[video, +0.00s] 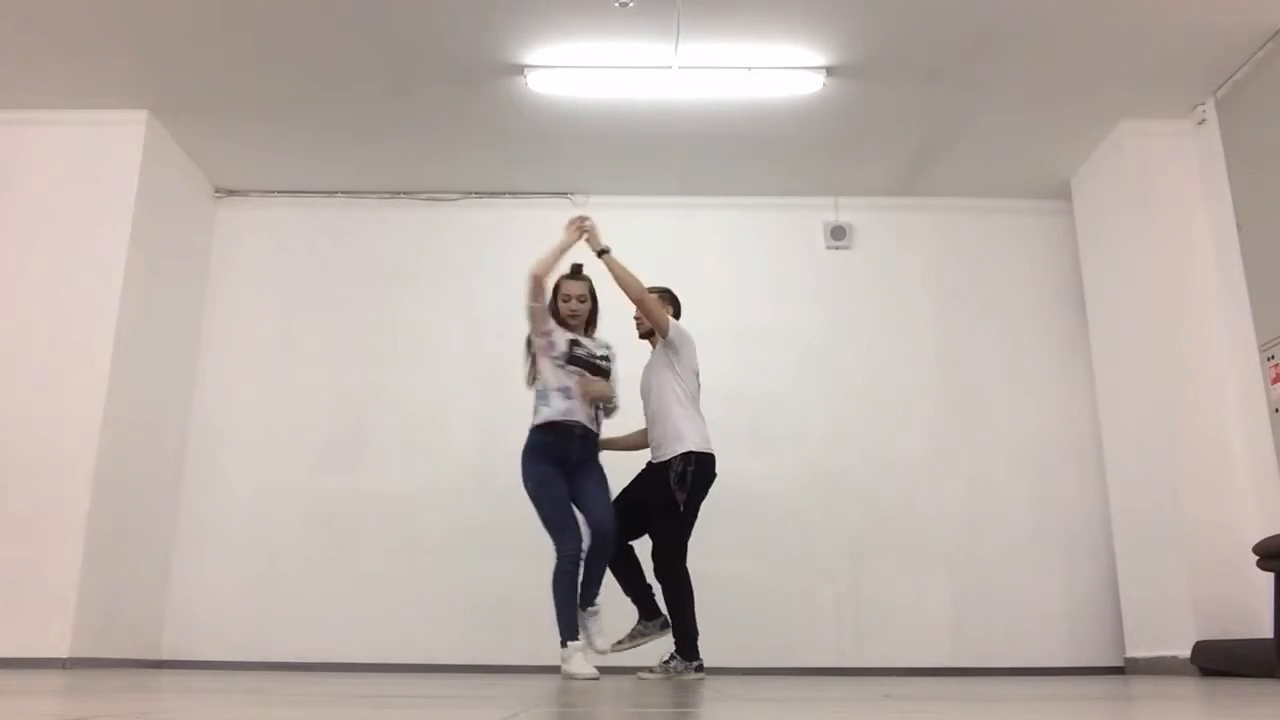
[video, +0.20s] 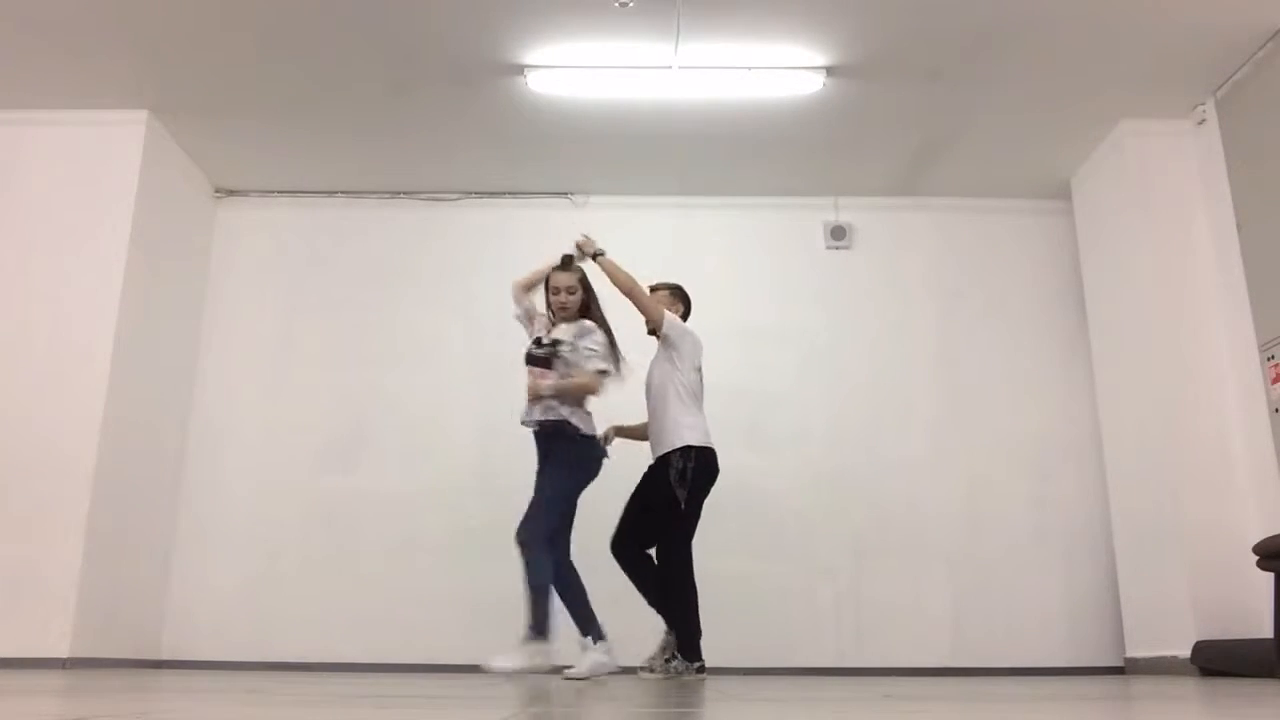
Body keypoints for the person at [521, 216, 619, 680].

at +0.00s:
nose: (574, 305)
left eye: (582, 299)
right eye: (567, 299)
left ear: (592, 305)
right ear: (555, 303)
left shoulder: (603, 351)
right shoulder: (546, 338)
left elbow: (610, 407)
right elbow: (536, 280)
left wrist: (600, 392)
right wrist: (567, 241)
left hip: (585, 457)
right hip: (543, 453)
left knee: (607, 532)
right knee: (568, 544)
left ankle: (586, 607)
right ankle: (570, 648)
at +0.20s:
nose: (563, 298)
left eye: (572, 290)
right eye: (557, 291)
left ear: (584, 295)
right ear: (548, 295)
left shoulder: (590, 334)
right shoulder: (542, 329)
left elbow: (592, 383)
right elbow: (519, 290)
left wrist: (548, 386)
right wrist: (556, 264)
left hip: (576, 445)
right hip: (550, 444)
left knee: (531, 533)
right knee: (555, 552)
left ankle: (538, 643)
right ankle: (599, 647)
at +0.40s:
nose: (539, 291)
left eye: (544, 286)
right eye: (542, 285)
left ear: (555, 292)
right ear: (578, 294)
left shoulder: (528, 327)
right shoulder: (591, 335)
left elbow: (488, 371)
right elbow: (613, 319)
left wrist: (516, 388)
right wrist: (618, 275)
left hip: (527, 441)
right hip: (571, 446)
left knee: (512, 548)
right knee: (561, 551)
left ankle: (513, 650)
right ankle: (573, 645)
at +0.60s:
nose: (589, 290)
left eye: (582, 285)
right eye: (586, 285)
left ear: (539, 291)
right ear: (582, 291)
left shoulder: (523, 323)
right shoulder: (589, 319)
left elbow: (512, 384)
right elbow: (635, 288)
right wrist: (622, 236)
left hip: (513, 442)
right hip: (558, 443)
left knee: (518, 548)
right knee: (593, 547)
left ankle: (511, 652)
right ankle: (551, 643)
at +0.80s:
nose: (583, 287)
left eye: (590, 281)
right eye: (576, 279)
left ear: (595, 288)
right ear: (558, 282)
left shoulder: (592, 332)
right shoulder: (543, 318)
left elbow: (604, 397)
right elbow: (545, 262)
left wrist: (587, 380)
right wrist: (571, 237)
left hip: (568, 447)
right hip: (538, 444)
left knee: (610, 529)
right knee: (568, 542)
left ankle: (528, 564)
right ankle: (543, 648)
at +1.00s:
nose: (582, 281)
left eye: (590, 275)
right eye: (575, 273)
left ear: (597, 280)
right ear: (559, 274)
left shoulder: (602, 316)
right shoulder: (538, 318)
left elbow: (616, 375)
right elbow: (500, 283)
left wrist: (563, 372)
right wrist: (542, 269)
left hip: (589, 432)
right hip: (546, 432)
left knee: (532, 491)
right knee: (560, 540)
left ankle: (597, 534)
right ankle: (581, 638)